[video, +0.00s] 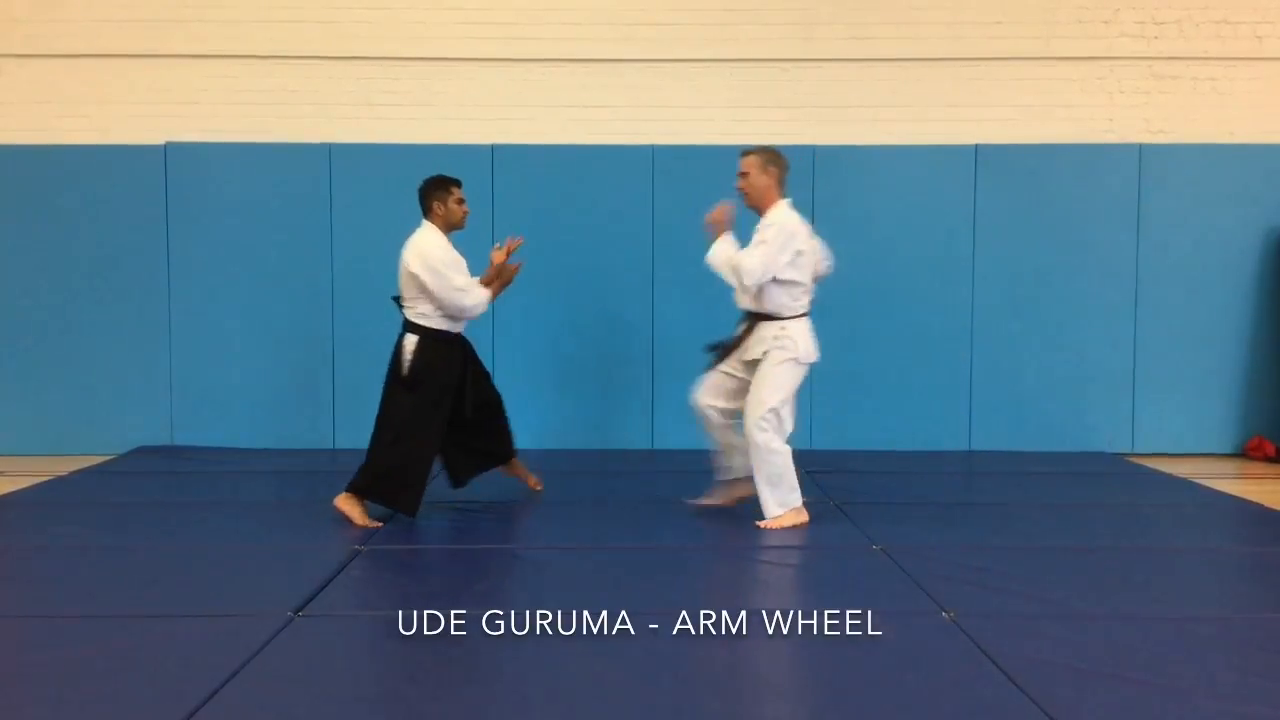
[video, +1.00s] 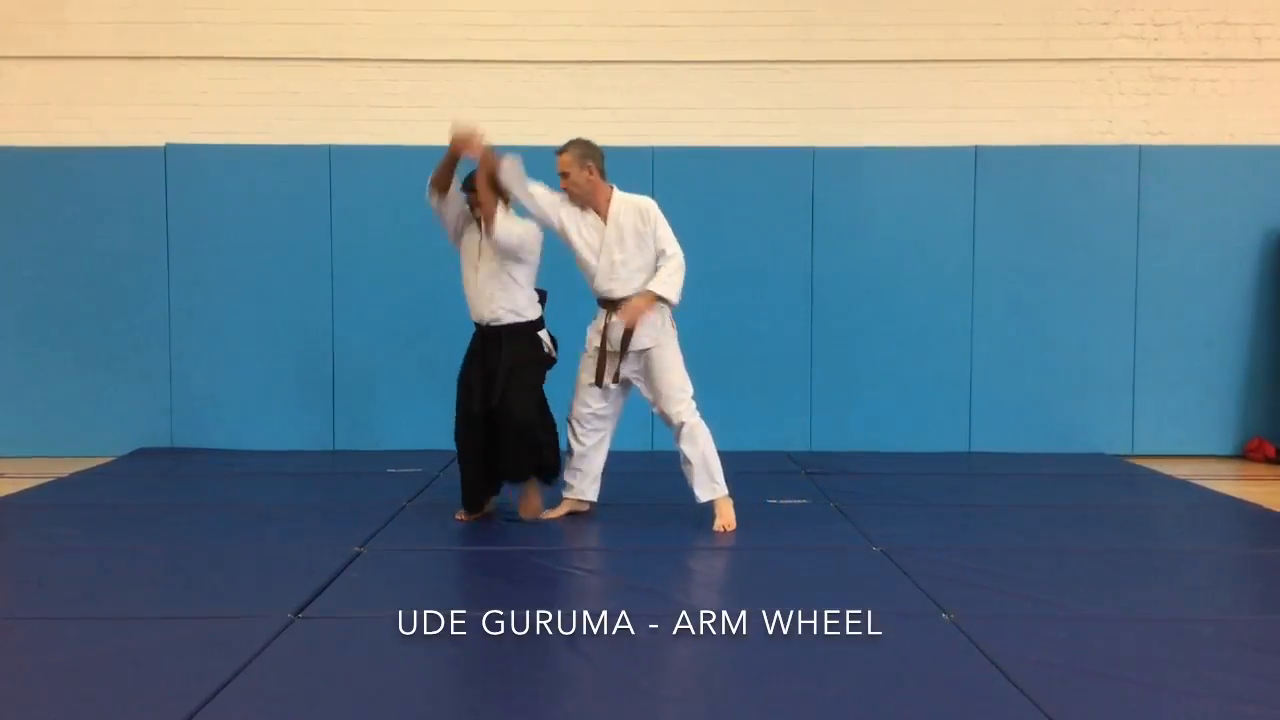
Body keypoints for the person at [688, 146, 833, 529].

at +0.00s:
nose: (739, 184)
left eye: (746, 176)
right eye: (739, 176)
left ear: (770, 177)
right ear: (765, 179)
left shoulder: (783, 224)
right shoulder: (781, 221)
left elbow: (749, 272)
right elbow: (820, 262)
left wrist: (722, 238)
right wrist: (774, 279)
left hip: (787, 338)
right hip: (760, 336)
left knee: (762, 417)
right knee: (709, 398)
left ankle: (790, 508)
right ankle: (740, 477)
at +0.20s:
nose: (673, 184)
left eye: (679, 176)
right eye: (672, 177)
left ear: (705, 180)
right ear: (691, 182)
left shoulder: (743, 230)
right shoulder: (673, 227)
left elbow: (760, 282)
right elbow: (635, 237)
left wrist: (741, 322)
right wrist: (606, 222)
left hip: (725, 334)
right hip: (684, 334)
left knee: (737, 425)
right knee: (634, 409)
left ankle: (787, 502)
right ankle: (584, 482)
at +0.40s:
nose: (597, 184)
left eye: (605, 177)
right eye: (598, 178)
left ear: (630, 180)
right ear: (615, 182)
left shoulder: (672, 223)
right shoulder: (596, 226)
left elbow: (706, 271)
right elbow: (546, 220)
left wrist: (736, 322)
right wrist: (500, 198)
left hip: (667, 332)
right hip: (625, 335)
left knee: (690, 414)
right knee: (589, 416)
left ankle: (744, 494)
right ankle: (575, 498)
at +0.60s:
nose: (567, 180)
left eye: (573, 172)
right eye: (566, 172)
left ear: (599, 172)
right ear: (586, 174)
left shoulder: (649, 211)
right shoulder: (566, 222)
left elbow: (679, 262)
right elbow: (520, 252)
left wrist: (680, 312)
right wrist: (474, 274)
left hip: (652, 322)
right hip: (611, 326)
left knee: (674, 408)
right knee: (588, 410)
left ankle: (721, 490)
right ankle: (579, 496)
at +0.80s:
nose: (548, 191)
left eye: (553, 182)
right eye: (547, 183)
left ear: (579, 179)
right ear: (569, 181)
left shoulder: (632, 213)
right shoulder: (555, 231)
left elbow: (673, 256)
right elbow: (519, 269)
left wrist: (672, 306)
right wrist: (475, 299)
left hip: (649, 323)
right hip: (605, 330)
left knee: (680, 412)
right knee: (585, 414)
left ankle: (722, 496)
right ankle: (578, 497)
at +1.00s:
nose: (561, 185)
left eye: (566, 176)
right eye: (560, 177)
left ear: (591, 173)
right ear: (582, 175)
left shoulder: (641, 209)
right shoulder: (567, 214)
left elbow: (673, 260)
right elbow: (523, 192)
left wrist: (645, 299)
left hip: (651, 321)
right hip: (606, 324)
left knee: (680, 411)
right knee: (588, 412)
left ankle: (720, 498)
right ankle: (580, 496)